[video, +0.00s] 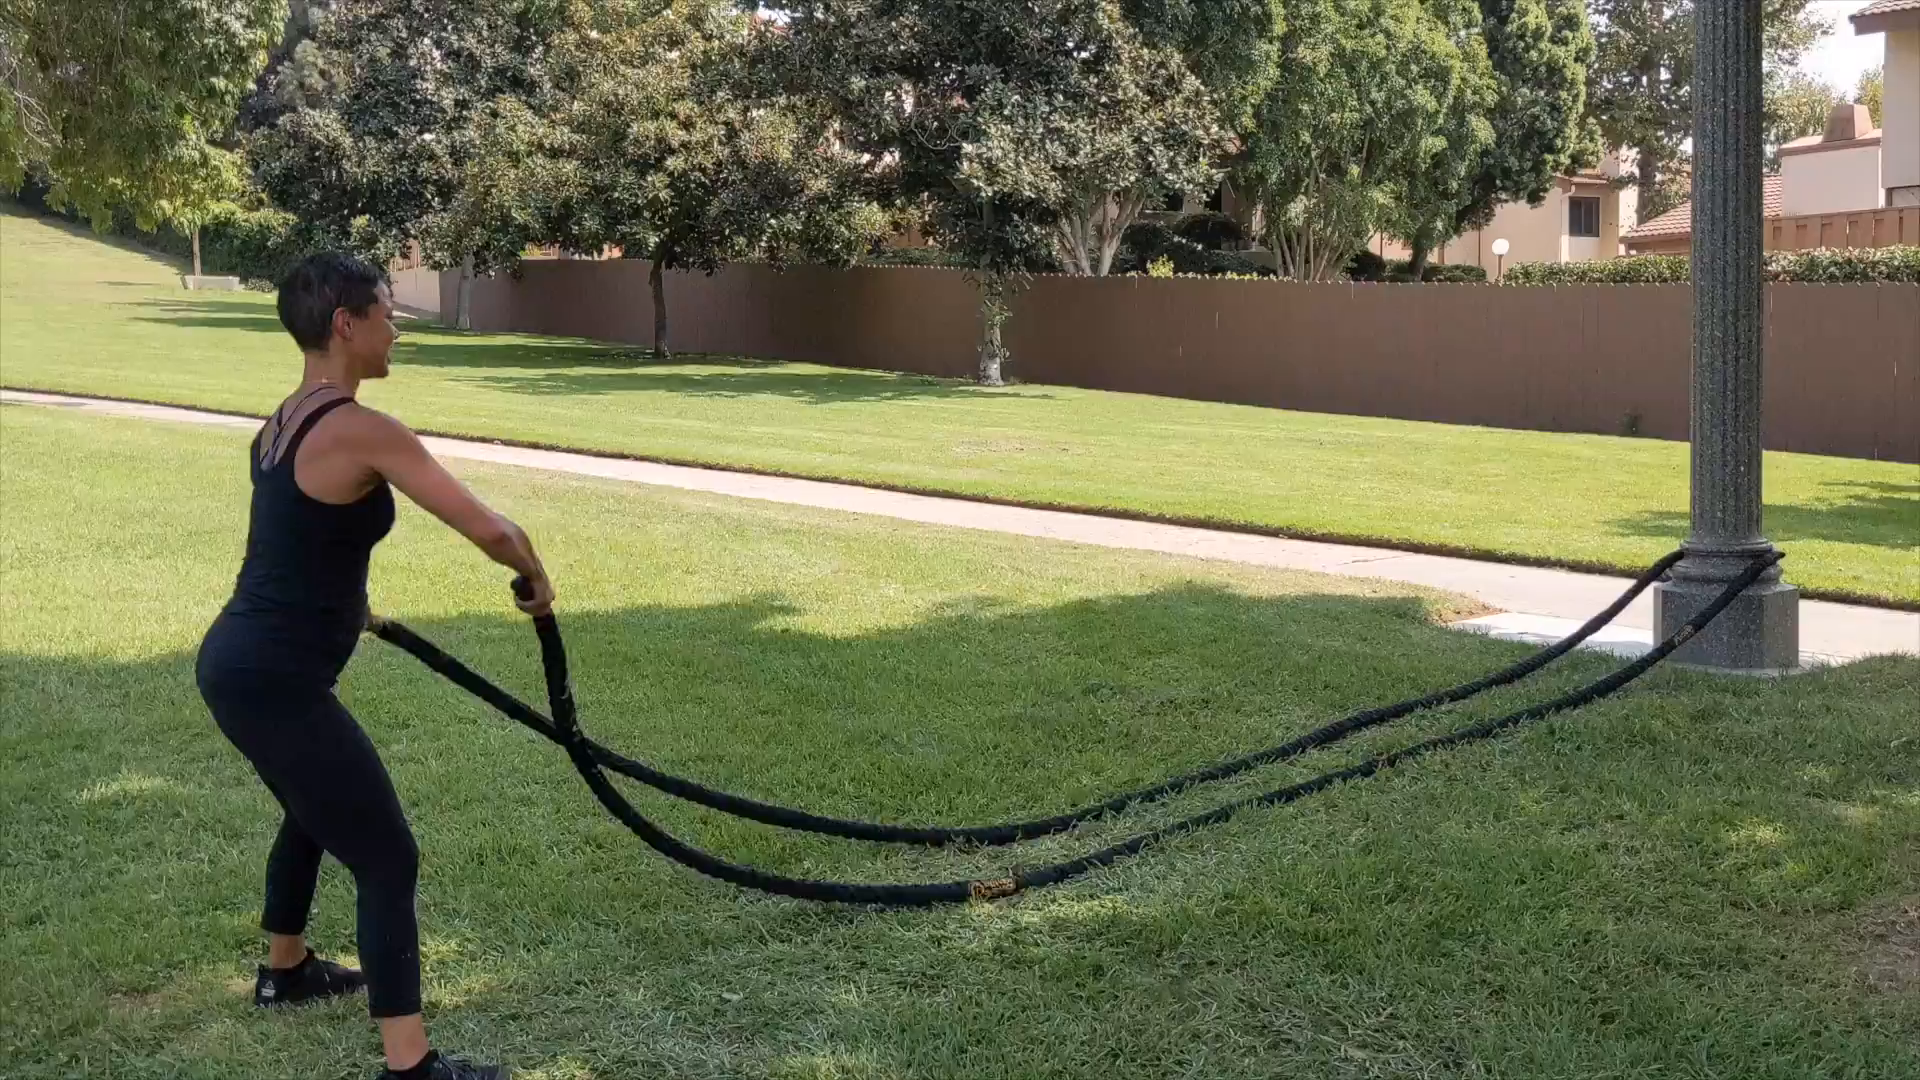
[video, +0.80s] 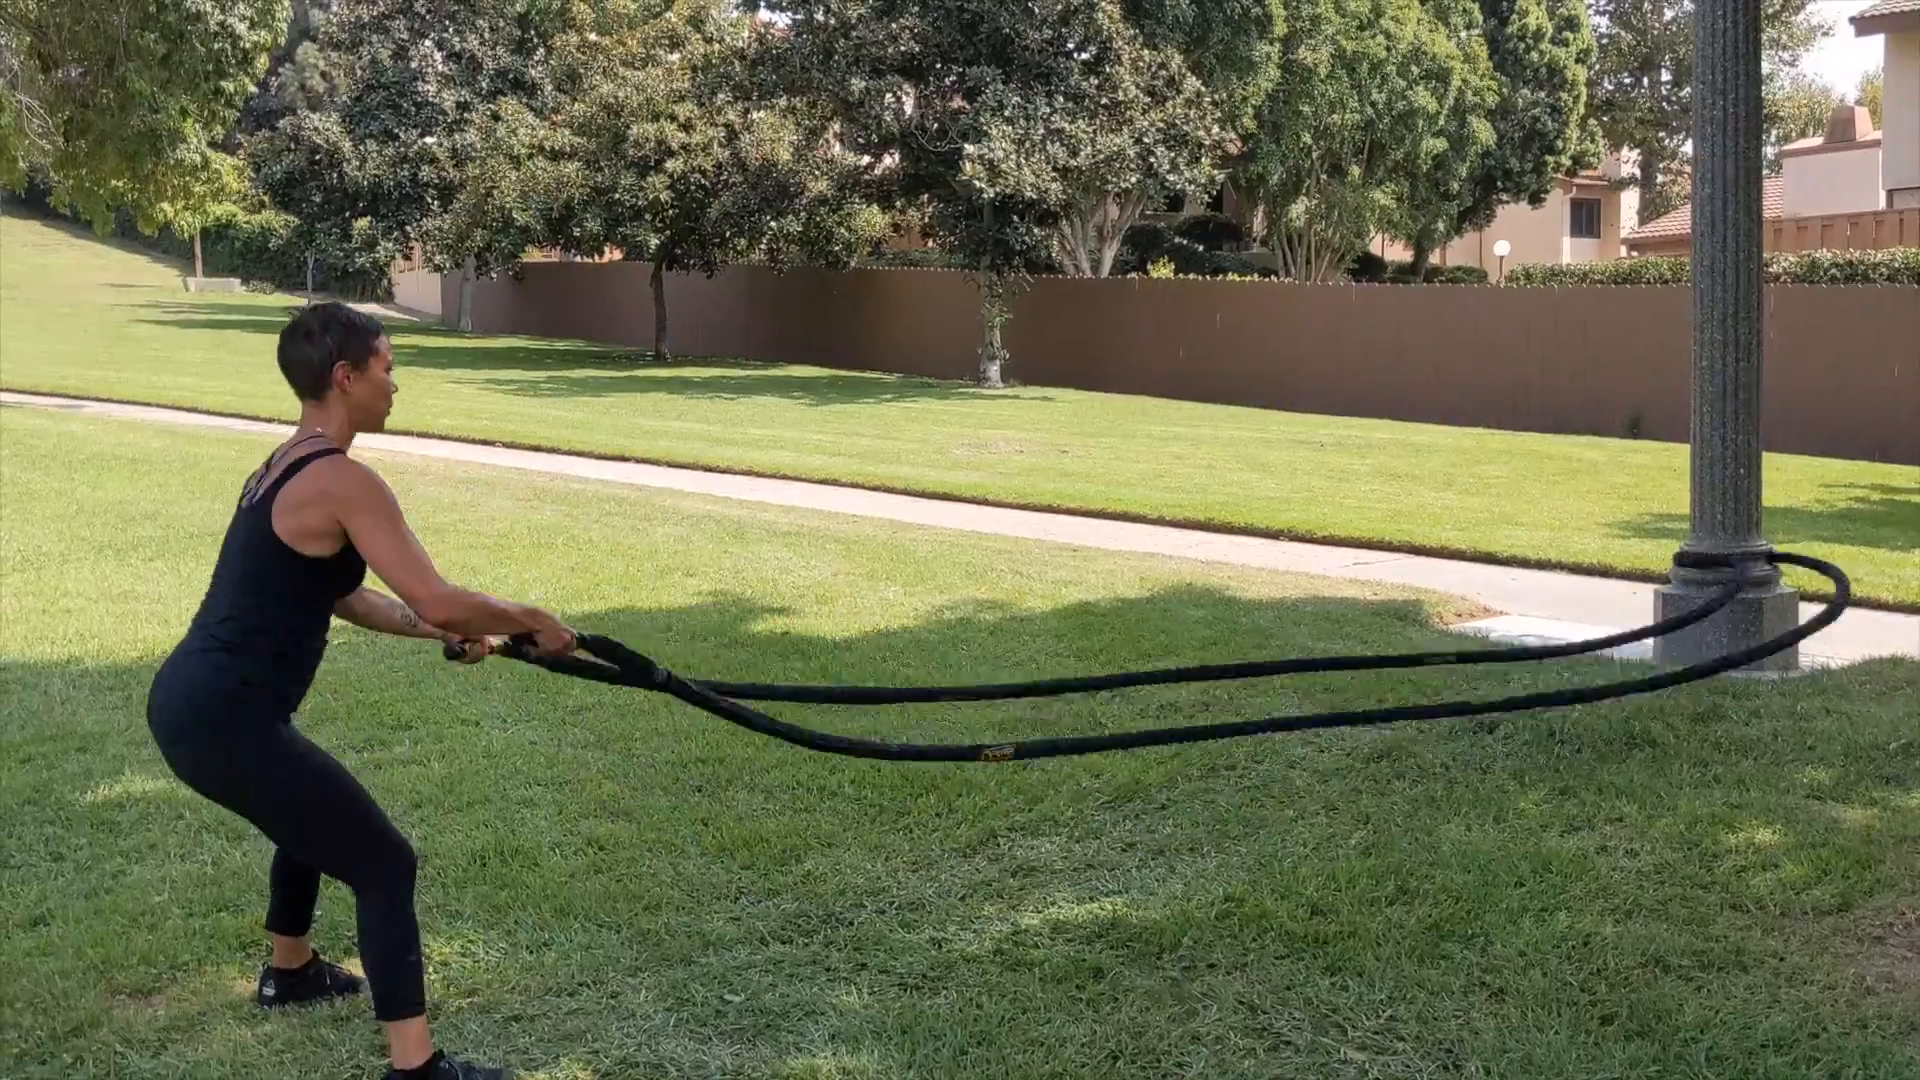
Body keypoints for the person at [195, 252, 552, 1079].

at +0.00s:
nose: (395, 326)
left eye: (390, 311)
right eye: (386, 312)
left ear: (329, 327)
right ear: (345, 323)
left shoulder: (289, 415)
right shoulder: (365, 430)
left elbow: (287, 535)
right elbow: (488, 530)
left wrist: (348, 603)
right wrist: (529, 568)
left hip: (235, 659)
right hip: (279, 679)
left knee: (316, 806)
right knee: (387, 857)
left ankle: (285, 966)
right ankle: (408, 1056)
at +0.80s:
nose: (394, 380)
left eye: (391, 365)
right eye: (384, 365)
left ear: (327, 379)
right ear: (343, 376)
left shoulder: (289, 461)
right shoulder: (345, 481)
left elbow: (340, 594)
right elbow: (438, 603)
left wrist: (443, 627)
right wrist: (529, 618)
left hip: (188, 701)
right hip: (224, 721)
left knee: (316, 810)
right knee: (386, 862)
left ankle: (290, 969)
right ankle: (414, 1061)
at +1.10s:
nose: (384, 386)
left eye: (382, 370)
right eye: (376, 371)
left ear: (311, 382)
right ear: (333, 380)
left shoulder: (256, 461)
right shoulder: (334, 493)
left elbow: (328, 581)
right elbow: (440, 610)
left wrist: (424, 615)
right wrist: (569, 622)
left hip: (162, 697)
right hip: (214, 717)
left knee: (293, 804)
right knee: (372, 864)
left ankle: (288, 968)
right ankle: (409, 1061)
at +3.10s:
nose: (357, 395)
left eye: (356, 380)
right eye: (347, 381)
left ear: (292, 386)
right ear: (303, 385)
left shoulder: (244, 466)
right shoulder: (290, 478)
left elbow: (324, 600)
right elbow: (356, 587)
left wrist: (406, 605)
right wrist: (498, 583)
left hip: (142, 694)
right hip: (177, 711)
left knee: (291, 801)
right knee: (338, 859)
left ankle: (266, 961)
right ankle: (382, 1059)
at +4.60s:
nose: (407, 397)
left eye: (407, 382)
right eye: (399, 382)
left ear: (340, 384)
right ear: (357, 383)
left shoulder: (272, 450)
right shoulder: (365, 483)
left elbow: (308, 561)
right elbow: (437, 615)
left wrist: (412, 576)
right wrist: (469, 629)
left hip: (160, 678)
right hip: (223, 695)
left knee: (304, 786)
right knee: (383, 837)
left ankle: (296, 945)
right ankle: (411, 1045)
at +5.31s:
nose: (459, 393)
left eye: (458, 376)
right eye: (453, 375)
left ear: (385, 382)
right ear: (413, 380)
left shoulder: (338, 457)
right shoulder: (393, 484)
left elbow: (404, 598)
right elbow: (491, 603)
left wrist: (519, 618)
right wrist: (591, 609)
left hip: (206, 670)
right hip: (238, 694)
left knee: (338, 778)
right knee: (407, 826)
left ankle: (307, 932)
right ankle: (427, 1034)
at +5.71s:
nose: (433, 383)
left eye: (433, 367)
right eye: (426, 366)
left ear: (366, 369)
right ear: (383, 367)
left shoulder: (309, 442)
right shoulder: (354, 467)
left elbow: (372, 575)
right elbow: (391, 598)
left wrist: (470, 605)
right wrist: (518, 600)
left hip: (186, 655)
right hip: (220, 674)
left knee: (326, 772)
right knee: (377, 826)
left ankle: (307, 925)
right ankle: (421, 1030)